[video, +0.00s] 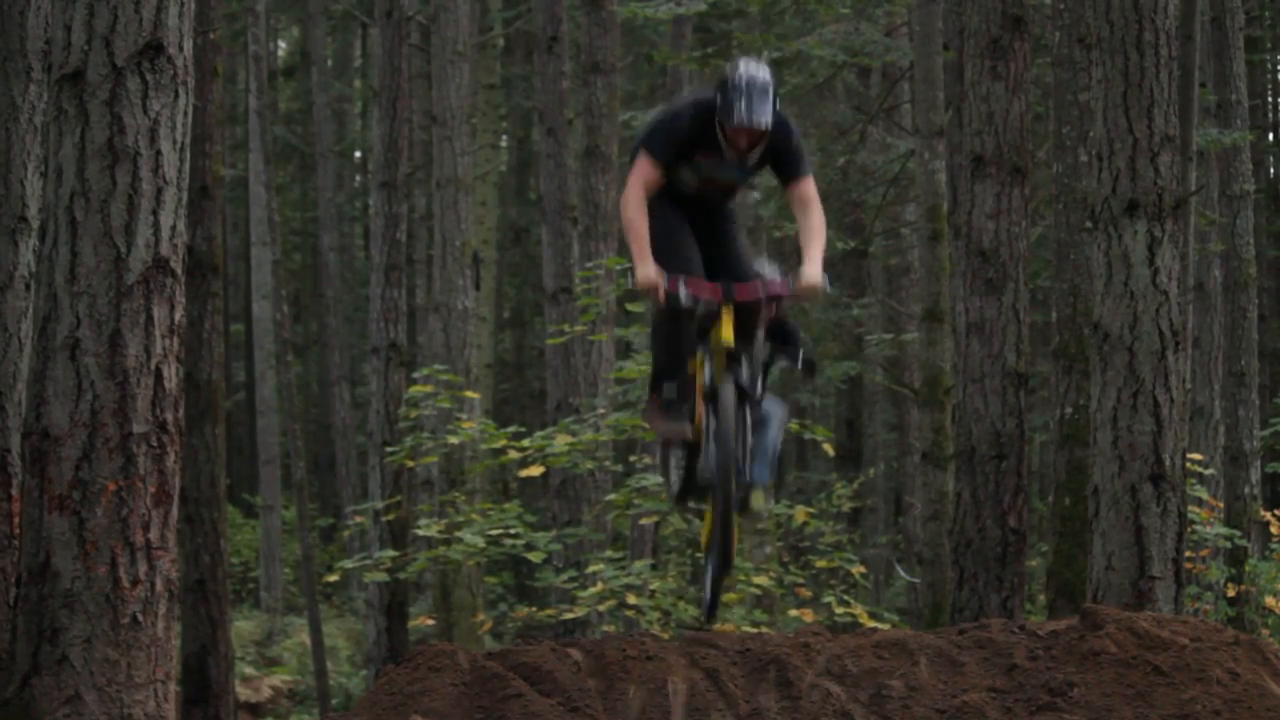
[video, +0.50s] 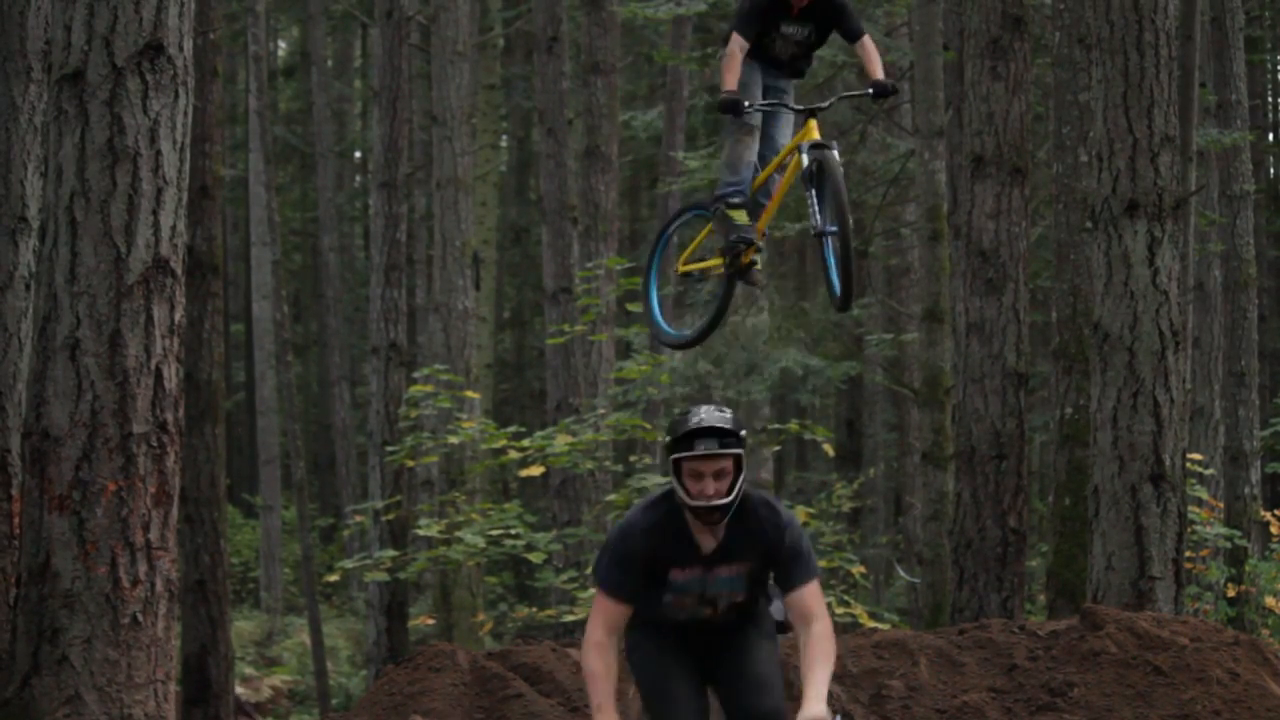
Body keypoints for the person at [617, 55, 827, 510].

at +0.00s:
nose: (746, 140)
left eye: (755, 131)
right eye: (739, 130)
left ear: (770, 119)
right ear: (722, 112)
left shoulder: (778, 133)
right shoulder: (683, 122)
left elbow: (807, 203)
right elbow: (634, 190)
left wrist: (812, 266)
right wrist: (644, 263)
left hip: (715, 208)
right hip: (666, 203)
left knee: (749, 295)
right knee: (682, 286)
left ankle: (741, 383)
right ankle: (665, 396)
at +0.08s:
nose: (743, 207)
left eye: (753, 198)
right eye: (735, 197)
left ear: (769, 186)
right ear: (718, 180)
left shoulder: (783, 199)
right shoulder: (683, 192)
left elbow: (812, 273)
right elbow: (640, 266)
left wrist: (822, 349)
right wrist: (652, 347)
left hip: (724, 274)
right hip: (671, 275)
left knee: (745, 367)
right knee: (682, 366)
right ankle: (663, 480)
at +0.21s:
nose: (747, 386)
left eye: (758, 376)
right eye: (739, 374)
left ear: (773, 365)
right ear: (719, 359)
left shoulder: (780, 373)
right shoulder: (679, 370)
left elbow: (825, 451)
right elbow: (635, 454)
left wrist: (834, 514)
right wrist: (653, 527)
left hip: (723, 434)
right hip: (670, 434)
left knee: (744, 520)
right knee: (688, 522)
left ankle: (728, 621)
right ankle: (680, 628)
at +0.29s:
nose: (749, 468)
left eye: (759, 459)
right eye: (742, 457)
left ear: (776, 442)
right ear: (720, 439)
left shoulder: (784, 451)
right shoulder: (674, 441)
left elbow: (822, 521)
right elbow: (616, 522)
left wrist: (832, 561)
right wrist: (642, 582)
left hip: (734, 512)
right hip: (670, 516)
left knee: (767, 561)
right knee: (692, 593)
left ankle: (765, 657)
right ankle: (693, 693)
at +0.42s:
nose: (732, 474)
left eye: (742, 461)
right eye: (721, 461)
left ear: (759, 455)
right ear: (700, 453)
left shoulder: (782, 483)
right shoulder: (660, 488)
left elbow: (825, 565)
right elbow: (611, 579)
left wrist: (827, 632)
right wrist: (627, 655)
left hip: (741, 575)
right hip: (668, 584)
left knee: (775, 653)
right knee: (688, 682)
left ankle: (776, 712)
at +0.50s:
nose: (709, 489)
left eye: (721, 476)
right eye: (695, 476)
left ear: (739, 472)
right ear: (675, 475)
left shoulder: (772, 527)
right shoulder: (638, 535)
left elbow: (813, 622)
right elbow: (600, 637)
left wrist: (815, 706)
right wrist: (604, 714)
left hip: (743, 636)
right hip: (663, 641)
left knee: (765, 710)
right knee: (678, 713)